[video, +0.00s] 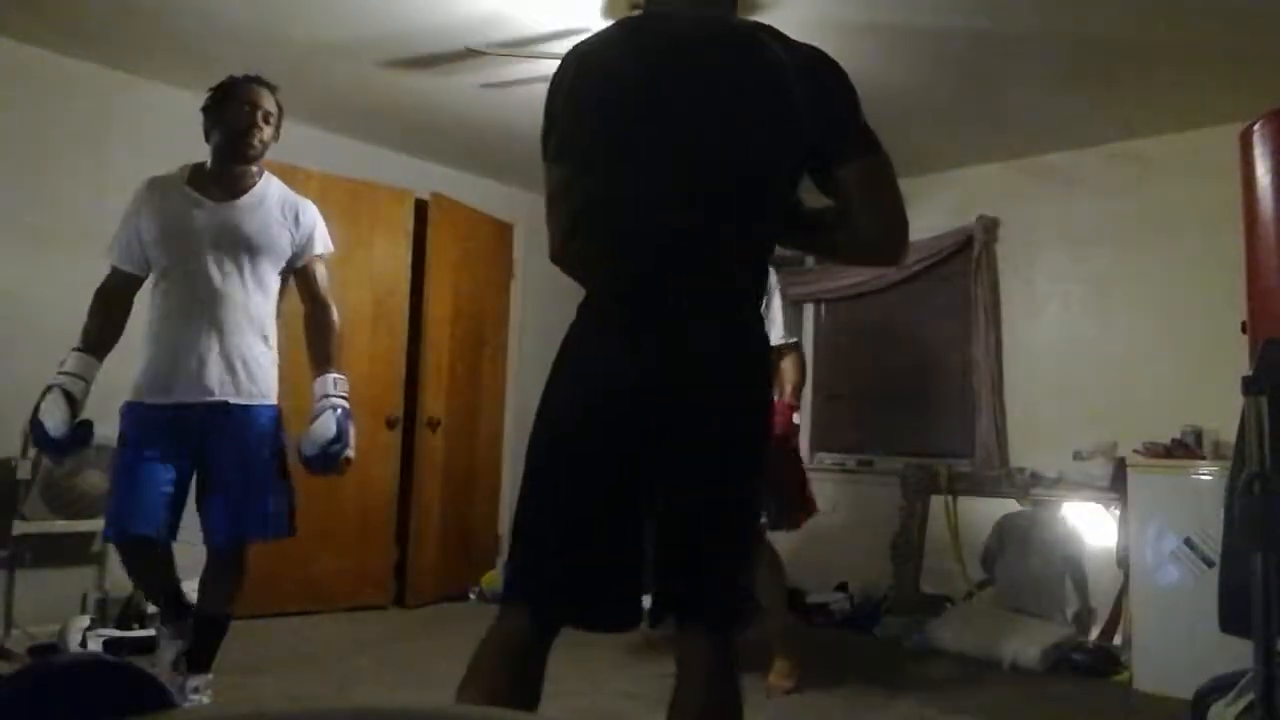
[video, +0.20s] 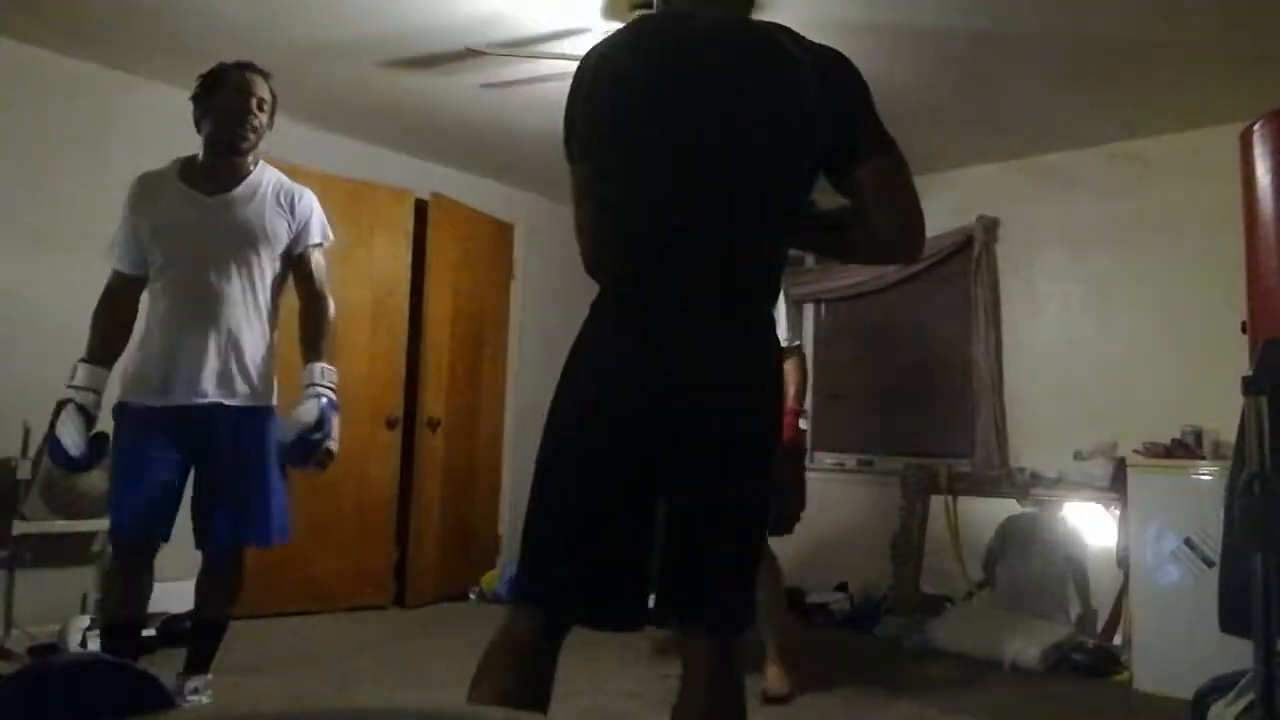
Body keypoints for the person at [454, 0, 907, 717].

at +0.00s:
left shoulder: (585, 65)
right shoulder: (799, 70)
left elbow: (568, 244)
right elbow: (881, 236)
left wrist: (652, 292)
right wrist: (768, 219)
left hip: (603, 354)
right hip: (723, 359)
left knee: (527, 611)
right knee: (707, 634)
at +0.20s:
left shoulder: (603, 66)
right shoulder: (815, 71)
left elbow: (598, 255)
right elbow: (897, 233)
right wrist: (775, 221)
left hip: (614, 358)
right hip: (734, 364)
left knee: (535, 616)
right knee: (713, 642)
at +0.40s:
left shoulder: (608, 67)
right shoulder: (820, 72)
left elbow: (602, 255)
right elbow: (901, 234)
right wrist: (788, 216)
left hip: (617, 357)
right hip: (737, 365)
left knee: (541, 610)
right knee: (714, 644)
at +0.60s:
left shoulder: (605, 61)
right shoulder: (814, 71)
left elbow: (597, 249)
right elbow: (894, 241)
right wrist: (787, 212)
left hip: (613, 354)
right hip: (733, 363)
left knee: (542, 609)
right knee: (714, 646)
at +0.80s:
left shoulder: (580, 52)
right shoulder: (793, 69)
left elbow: (575, 233)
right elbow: (865, 240)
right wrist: (767, 194)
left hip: (594, 359)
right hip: (716, 366)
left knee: (525, 620)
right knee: (705, 649)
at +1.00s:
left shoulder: (548, 41)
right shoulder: (757, 61)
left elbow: (566, 219)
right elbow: (842, 222)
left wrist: (722, 258)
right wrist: (750, 168)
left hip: (568, 359)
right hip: (692, 365)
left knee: (513, 627)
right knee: (691, 642)